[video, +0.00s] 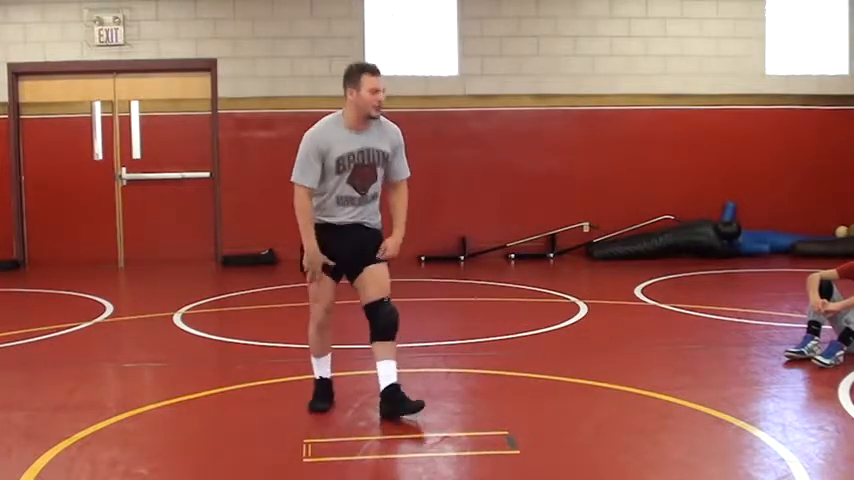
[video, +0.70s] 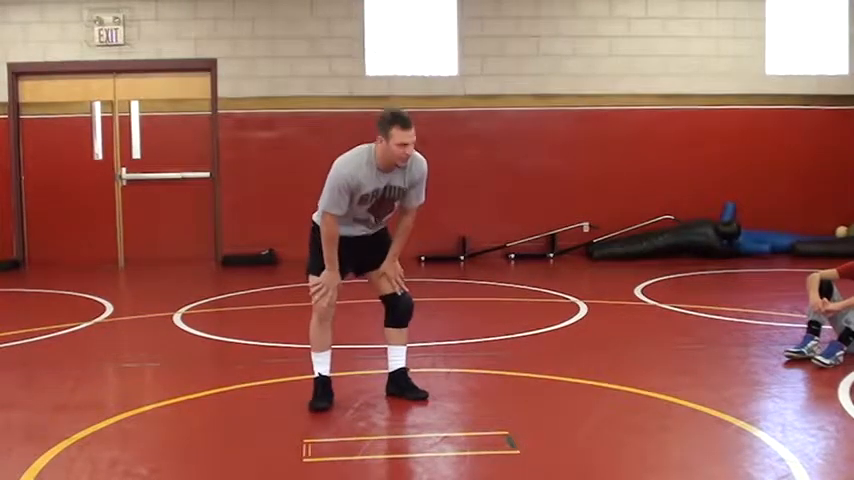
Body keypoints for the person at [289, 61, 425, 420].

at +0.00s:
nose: (381, 98)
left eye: (382, 92)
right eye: (374, 92)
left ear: (379, 95)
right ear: (351, 93)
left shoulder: (390, 135)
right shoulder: (318, 137)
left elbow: (398, 185)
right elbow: (302, 193)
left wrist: (397, 233)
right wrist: (310, 248)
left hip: (367, 230)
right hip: (324, 230)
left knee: (383, 313)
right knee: (321, 313)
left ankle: (390, 393)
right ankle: (322, 384)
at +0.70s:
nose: (409, 152)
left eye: (412, 144)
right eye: (402, 145)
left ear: (415, 142)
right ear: (381, 142)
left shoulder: (416, 167)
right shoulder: (347, 169)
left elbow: (408, 214)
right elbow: (328, 220)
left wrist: (393, 257)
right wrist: (331, 270)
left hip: (373, 233)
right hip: (332, 233)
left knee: (399, 303)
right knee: (323, 306)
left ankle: (397, 377)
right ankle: (322, 383)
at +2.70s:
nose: (401, 101)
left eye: (408, 94)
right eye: (394, 94)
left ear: (419, 91)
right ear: (384, 90)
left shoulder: (436, 130)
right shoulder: (361, 127)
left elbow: (446, 184)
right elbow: (341, 179)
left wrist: (448, 235)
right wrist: (336, 230)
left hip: (413, 230)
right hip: (369, 229)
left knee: (409, 309)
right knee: (369, 310)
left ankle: (397, 376)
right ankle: (369, 390)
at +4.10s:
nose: (379, 78)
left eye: (385, 70)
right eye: (370, 70)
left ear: (394, 77)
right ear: (354, 76)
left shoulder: (412, 129)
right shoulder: (326, 123)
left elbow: (430, 190)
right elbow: (300, 180)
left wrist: (441, 246)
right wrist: (275, 235)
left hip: (389, 244)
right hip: (337, 243)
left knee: (388, 342)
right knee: (328, 346)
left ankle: (372, 426)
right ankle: (360, 385)